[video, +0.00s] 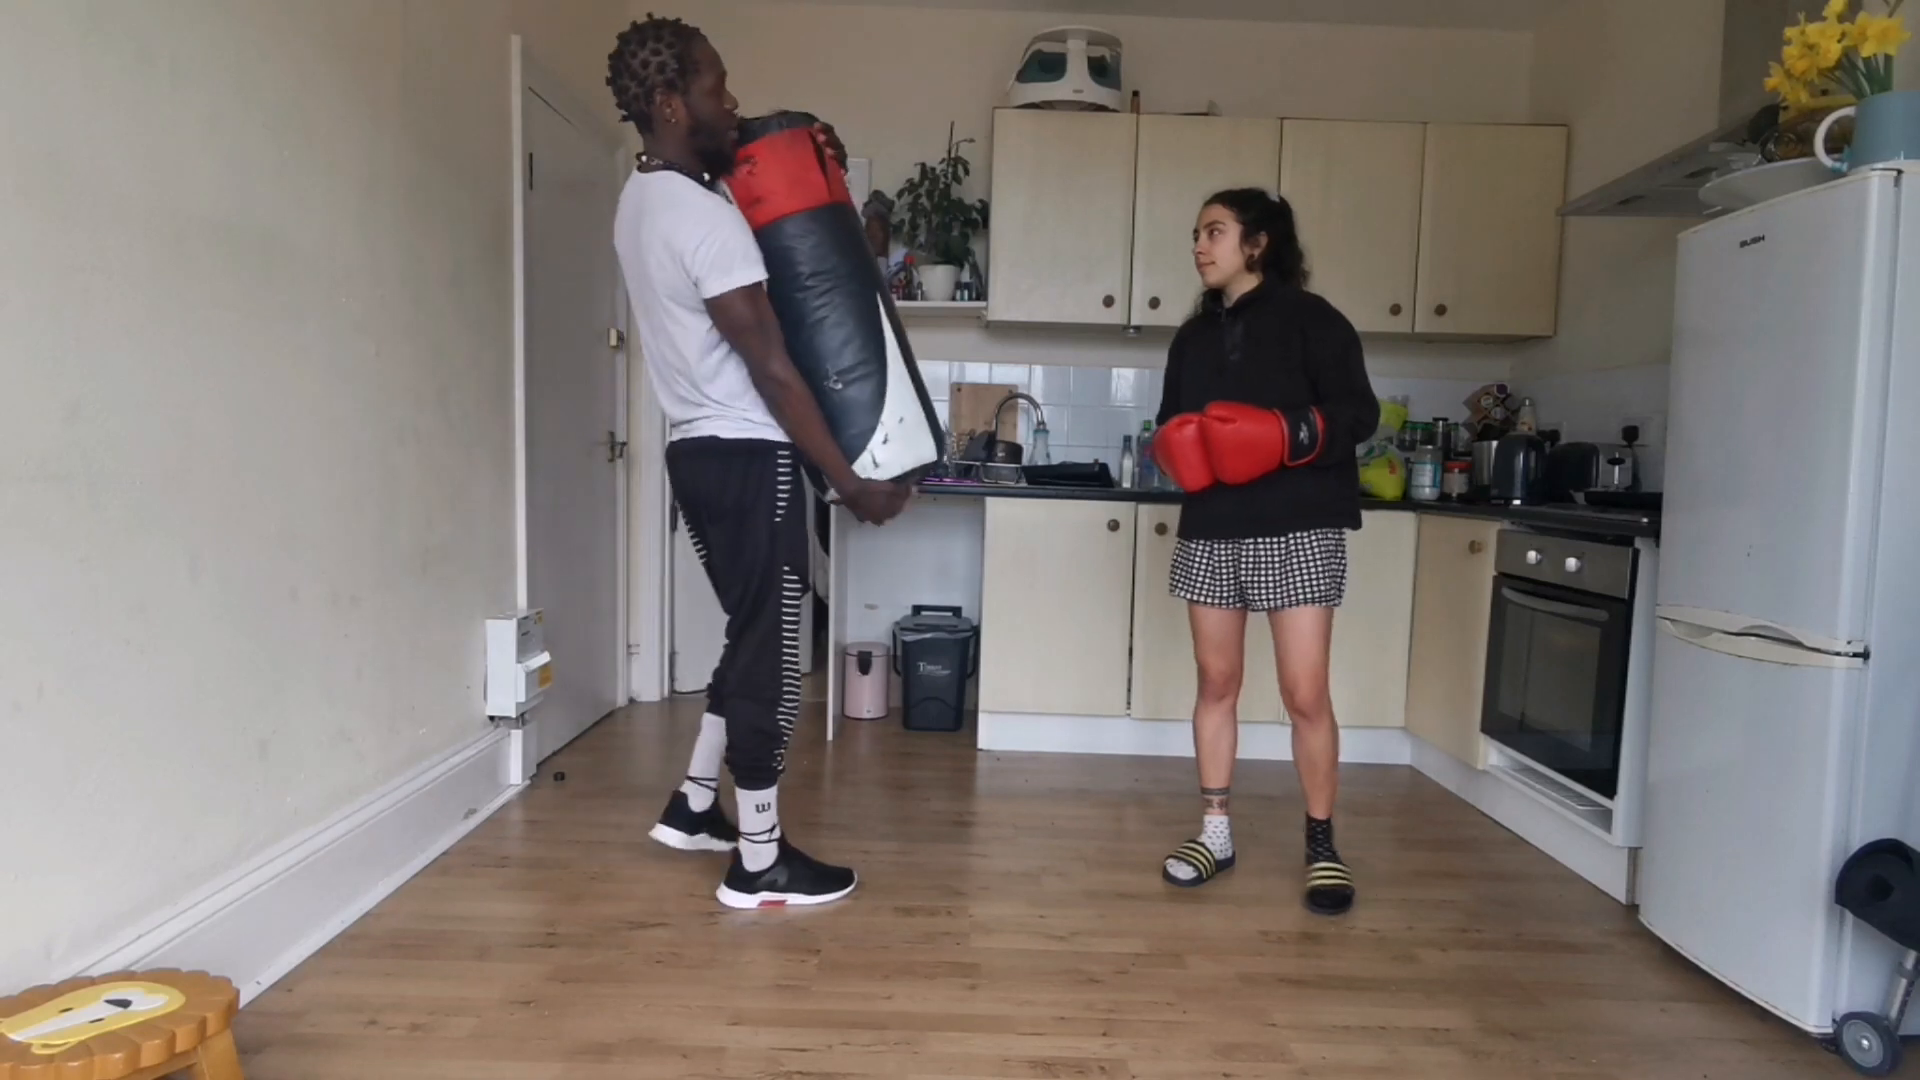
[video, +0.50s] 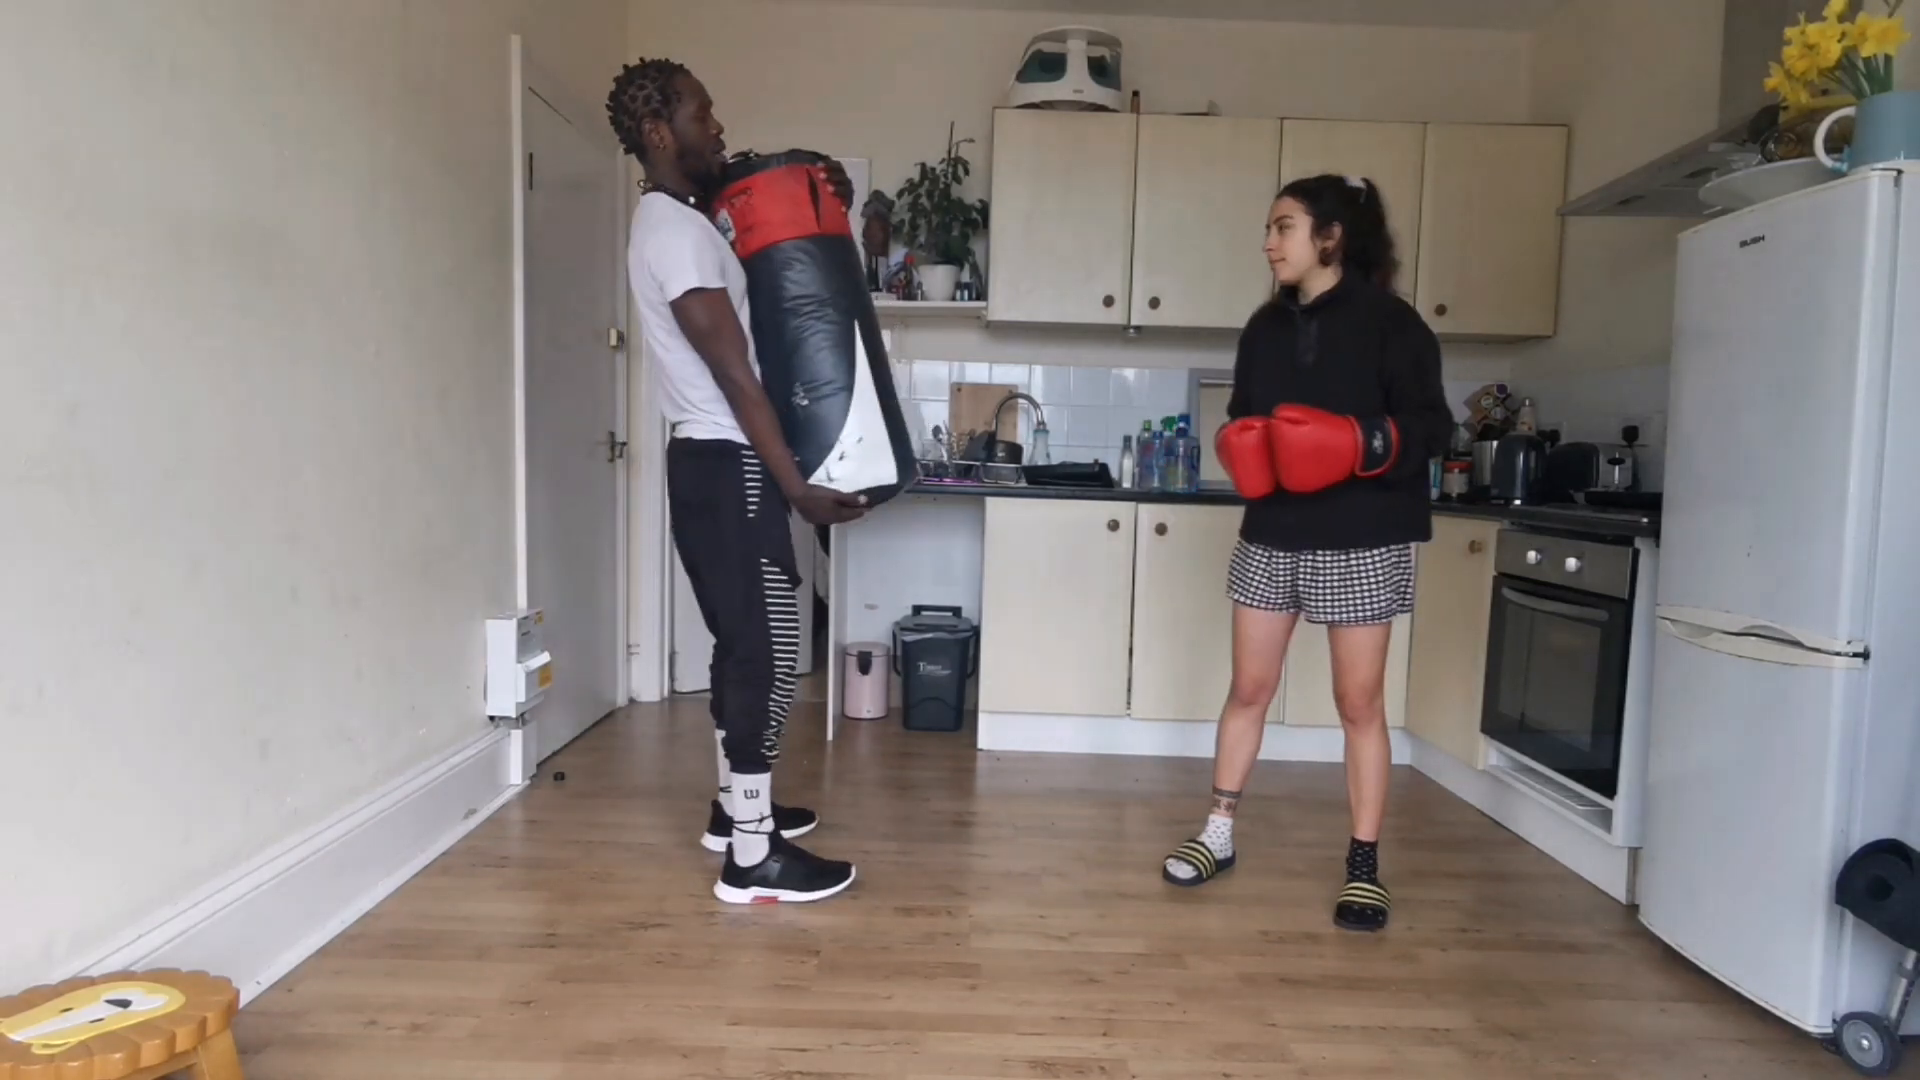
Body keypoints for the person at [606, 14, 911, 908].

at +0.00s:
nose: (732, 101)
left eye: (725, 85)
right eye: (717, 87)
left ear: (659, 109)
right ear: (670, 105)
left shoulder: (643, 197)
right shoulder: (701, 214)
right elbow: (767, 360)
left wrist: (767, 147)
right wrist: (848, 481)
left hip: (700, 449)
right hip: (749, 453)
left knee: (759, 624)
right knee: (772, 638)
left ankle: (697, 798)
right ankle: (760, 859)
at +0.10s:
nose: (724, 105)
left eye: (717, 89)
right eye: (707, 92)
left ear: (655, 115)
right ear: (660, 111)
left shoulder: (649, 203)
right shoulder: (698, 218)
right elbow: (765, 363)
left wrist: (787, 154)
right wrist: (840, 478)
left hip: (713, 448)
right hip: (752, 451)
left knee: (762, 623)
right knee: (778, 635)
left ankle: (718, 799)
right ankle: (759, 861)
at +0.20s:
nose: (719, 110)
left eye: (713, 94)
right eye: (703, 98)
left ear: (651, 121)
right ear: (656, 117)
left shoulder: (650, 209)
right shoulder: (699, 219)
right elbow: (767, 362)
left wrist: (799, 170)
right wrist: (833, 477)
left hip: (717, 450)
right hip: (751, 453)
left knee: (763, 630)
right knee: (780, 641)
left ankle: (737, 805)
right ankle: (757, 864)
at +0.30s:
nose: (717, 113)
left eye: (711, 98)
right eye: (700, 101)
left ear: (652, 125)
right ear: (653, 121)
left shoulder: (651, 212)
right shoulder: (694, 219)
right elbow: (759, 358)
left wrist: (780, 168)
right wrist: (828, 477)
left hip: (717, 451)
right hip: (748, 454)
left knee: (764, 632)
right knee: (777, 641)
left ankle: (741, 805)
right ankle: (757, 863)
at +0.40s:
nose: (717, 122)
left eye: (712, 107)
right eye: (701, 109)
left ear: (656, 127)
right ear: (656, 125)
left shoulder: (660, 215)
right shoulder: (682, 224)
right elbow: (744, 360)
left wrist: (812, 204)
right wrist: (811, 476)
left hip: (718, 456)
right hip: (739, 461)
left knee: (751, 634)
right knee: (775, 640)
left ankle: (738, 805)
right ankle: (757, 859)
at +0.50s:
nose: (718, 126)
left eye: (713, 112)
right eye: (703, 114)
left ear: (660, 132)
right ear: (657, 130)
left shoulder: (674, 219)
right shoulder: (674, 228)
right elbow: (731, 367)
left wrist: (808, 205)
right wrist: (793, 481)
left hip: (723, 456)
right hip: (726, 460)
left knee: (745, 638)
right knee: (770, 644)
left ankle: (738, 808)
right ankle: (751, 852)